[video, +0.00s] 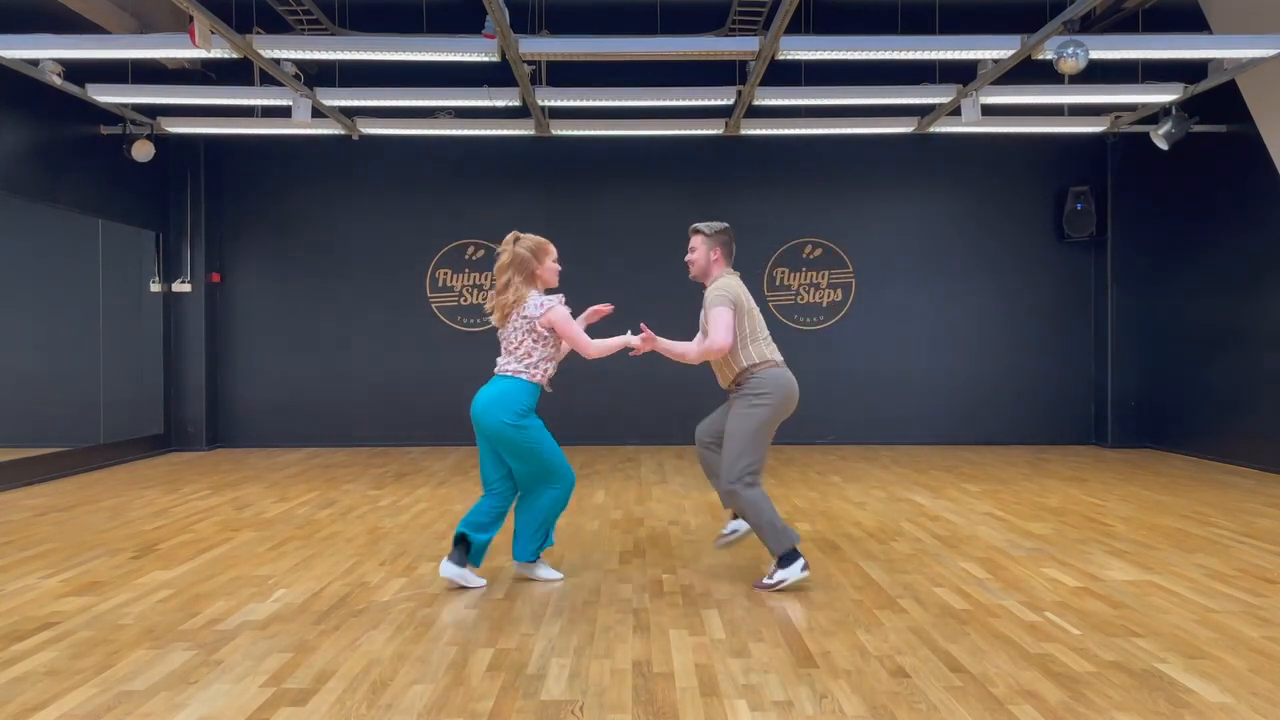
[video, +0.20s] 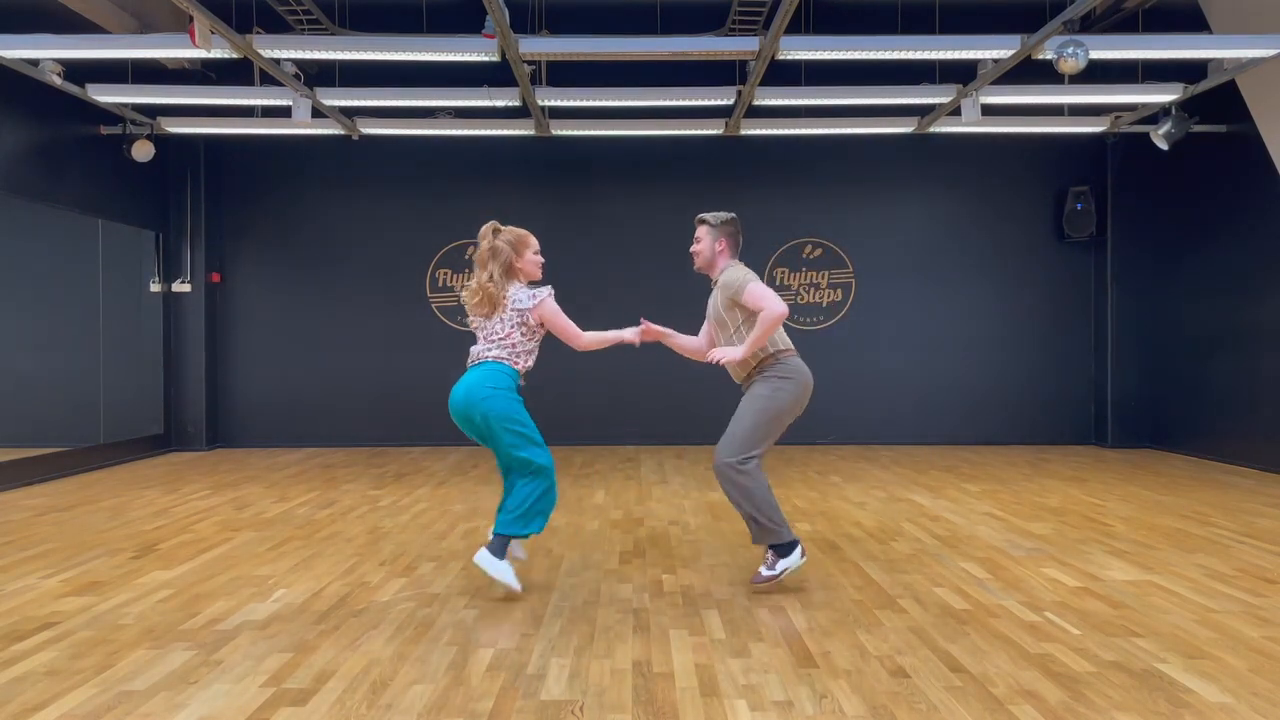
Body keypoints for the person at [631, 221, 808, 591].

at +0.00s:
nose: (687, 257)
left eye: (693, 250)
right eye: (688, 250)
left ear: (715, 255)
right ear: (714, 256)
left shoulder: (721, 288)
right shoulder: (720, 292)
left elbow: (721, 342)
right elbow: (695, 352)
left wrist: (693, 354)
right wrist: (656, 342)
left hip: (764, 384)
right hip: (756, 386)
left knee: (736, 480)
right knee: (707, 436)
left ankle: (789, 557)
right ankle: (741, 511)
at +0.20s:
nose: (691, 247)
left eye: (698, 240)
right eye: (693, 240)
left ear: (721, 246)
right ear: (714, 247)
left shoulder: (734, 276)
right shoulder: (718, 295)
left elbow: (775, 308)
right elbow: (703, 348)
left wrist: (742, 350)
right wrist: (663, 334)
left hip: (781, 374)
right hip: (769, 378)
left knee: (731, 460)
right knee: (732, 460)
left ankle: (784, 547)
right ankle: (780, 545)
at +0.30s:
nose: (690, 249)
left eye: (696, 241)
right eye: (692, 241)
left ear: (720, 247)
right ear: (713, 247)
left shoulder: (743, 280)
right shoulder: (718, 300)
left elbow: (786, 321)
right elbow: (704, 359)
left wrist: (748, 360)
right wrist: (659, 356)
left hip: (780, 382)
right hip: (752, 391)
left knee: (755, 477)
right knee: (707, 451)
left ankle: (801, 569)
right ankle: (739, 539)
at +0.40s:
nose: (686, 247)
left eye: (692, 239)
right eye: (687, 239)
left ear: (716, 241)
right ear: (708, 243)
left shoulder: (746, 271)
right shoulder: (703, 297)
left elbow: (779, 315)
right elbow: (686, 344)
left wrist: (730, 336)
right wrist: (655, 326)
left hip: (776, 380)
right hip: (743, 390)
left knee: (746, 469)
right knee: (712, 467)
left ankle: (796, 563)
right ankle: (740, 566)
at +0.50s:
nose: (681, 245)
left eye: (687, 237)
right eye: (681, 237)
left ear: (711, 238)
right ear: (705, 240)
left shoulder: (747, 268)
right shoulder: (685, 287)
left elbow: (761, 319)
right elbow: (656, 318)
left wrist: (706, 325)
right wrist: (621, 317)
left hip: (773, 374)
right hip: (736, 384)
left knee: (723, 445)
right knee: (699, 464)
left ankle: (752, 540)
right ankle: (733, 549)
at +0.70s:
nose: (669, 238)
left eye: (675, 231)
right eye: (669, 231)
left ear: (700, 231)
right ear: (694, 233)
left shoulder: (732, 269)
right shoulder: (675, 274)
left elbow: (703, 318)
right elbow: (658, 325)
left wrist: (651, 325)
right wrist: (633, 312)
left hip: (750, 375)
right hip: (713, 381)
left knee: (723, 454)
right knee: (691, 467)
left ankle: (727, 562)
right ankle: (731, 556)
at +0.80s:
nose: (659, 235)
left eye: (665, 227)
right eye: (659, 227)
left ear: (690, 228)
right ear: (686, 230)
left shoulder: (708, 265)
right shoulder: (687, 269)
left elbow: (679, 328)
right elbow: (693, 323)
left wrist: (632, 336)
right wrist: (657, 316)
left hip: (742, 377)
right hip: (701, 381)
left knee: (720, 460)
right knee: (662, 455)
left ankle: (751, 546)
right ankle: (694, 539)